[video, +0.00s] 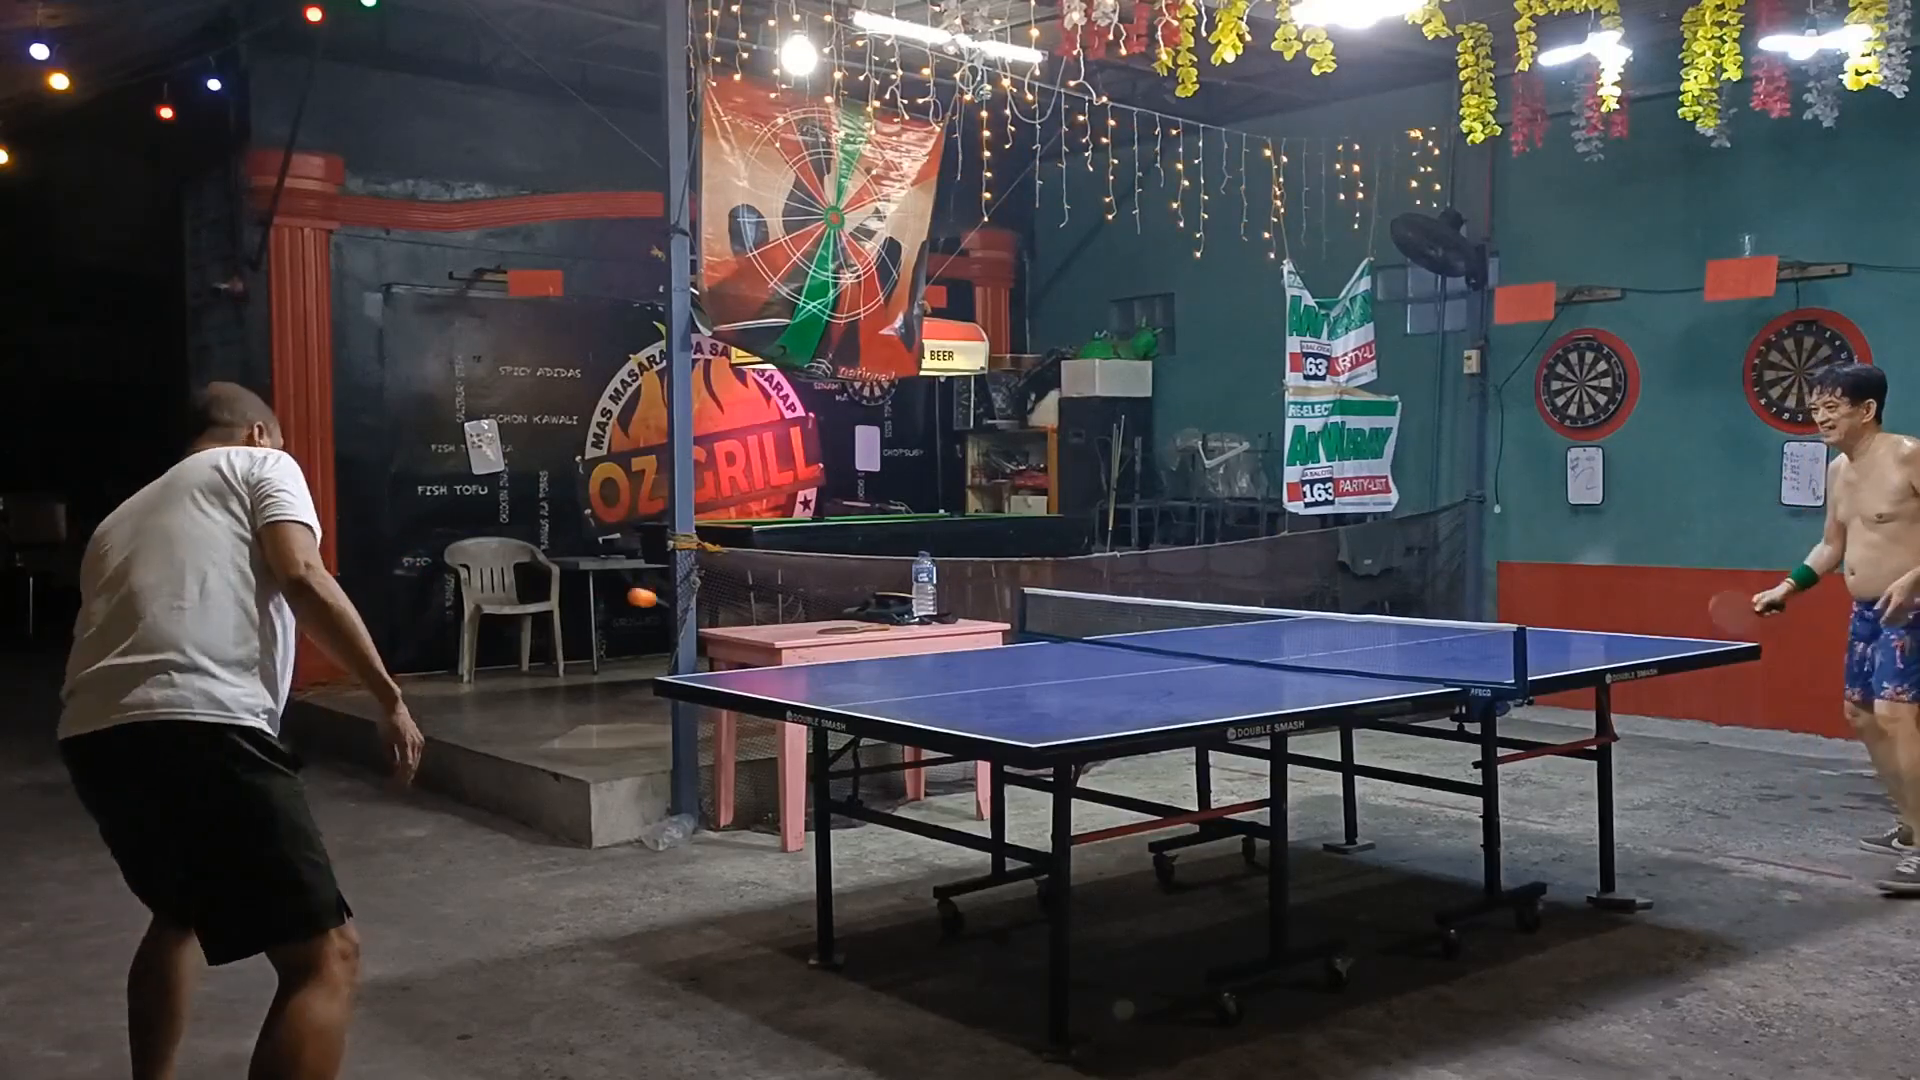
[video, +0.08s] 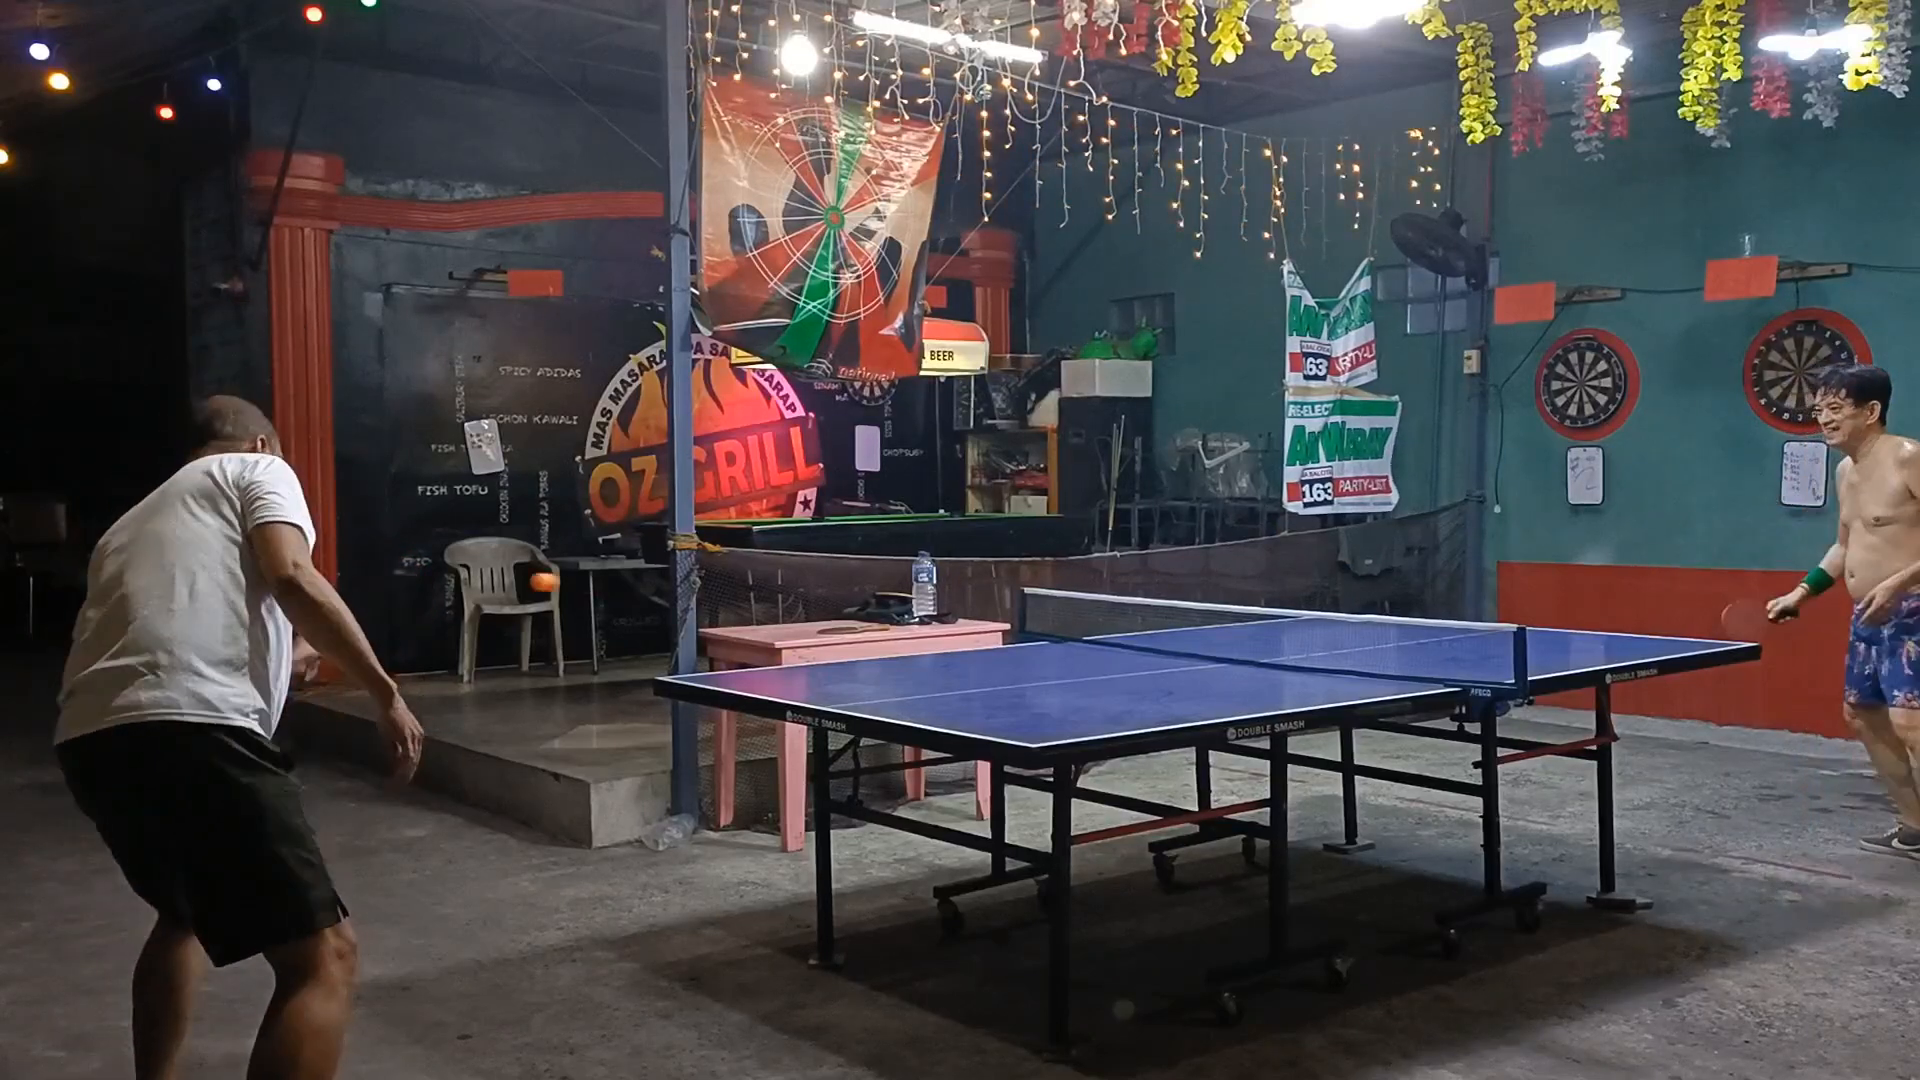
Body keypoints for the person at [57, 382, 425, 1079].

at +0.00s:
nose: (280, 454)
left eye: (279, 447)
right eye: (279, 446)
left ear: (196, 439)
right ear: (259, 435)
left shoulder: (115, 519)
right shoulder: (262, 465)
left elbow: (94, 646)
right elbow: (298, 574)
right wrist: (390, 699)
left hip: (94, 736)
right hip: (206, 725)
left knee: (175, 914)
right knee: (324, 960)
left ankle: (151, 1072)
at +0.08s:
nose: (279, 466)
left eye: (276, 458)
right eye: (278, 457)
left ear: (199, 450)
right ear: (262, 447)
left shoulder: (126, 524)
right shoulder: (257, 469)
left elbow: (149, 633)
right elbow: (288, 573)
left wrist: (272, 663)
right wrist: (385, 693)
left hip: (90, 740)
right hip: (199, 726)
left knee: (182, 912)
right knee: (322, 961)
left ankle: (155, 1072)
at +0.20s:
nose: (287, 494)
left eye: (288, 483)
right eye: (286, 481)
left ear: (213, 461)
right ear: (271, 466)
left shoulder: (164, 529)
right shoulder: (244, 477)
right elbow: (246, 565)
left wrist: (373, 650)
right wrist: (367, 683)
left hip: (78, 739)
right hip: (169, 727)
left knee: (193, 916)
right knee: (298, 945)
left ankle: (160, 1070)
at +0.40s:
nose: (295, 465)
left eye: (296, 451)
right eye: (295, 448)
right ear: (271, 436)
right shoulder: (227, 455)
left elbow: (253, 673)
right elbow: (187, 541)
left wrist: (367, 734)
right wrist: (252, 663)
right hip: (126, 707)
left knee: (181, 937)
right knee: (223, 937)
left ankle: (161, 1070)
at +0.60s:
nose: (282, 439)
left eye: (283, 422)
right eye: (280, 420)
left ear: (210, 413)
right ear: (247, 413)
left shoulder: (151, 470)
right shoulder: (212, 460)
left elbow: (176, 658)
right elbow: (172, 572)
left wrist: (241, 770)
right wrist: (221, 721)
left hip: (78, 728)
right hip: (125, 732)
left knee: (173, 964)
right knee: (174, 981)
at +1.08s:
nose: (267, 412)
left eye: (263, 394)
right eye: (255, 393)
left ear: (195, 408)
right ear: (201, 407)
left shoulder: (136, 485)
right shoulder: (147, 485)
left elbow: (145, 672)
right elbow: (101, 653)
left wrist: (222, 770)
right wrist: (201, 773)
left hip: (57, 771)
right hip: (55, 776)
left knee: (116, 971)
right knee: (174, 992)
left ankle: (71, 1076)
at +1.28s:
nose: (303, 449)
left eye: (301, 430)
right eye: (290, 430)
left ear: (229, 440)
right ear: (225, 437)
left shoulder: (234, 535)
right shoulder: (107, 530)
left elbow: (224, 681)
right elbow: (28, 699)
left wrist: (307, 787)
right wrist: (126, 849)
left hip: (99, 814)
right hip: (22, 804)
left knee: (92, 1021)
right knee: (113, 1021)